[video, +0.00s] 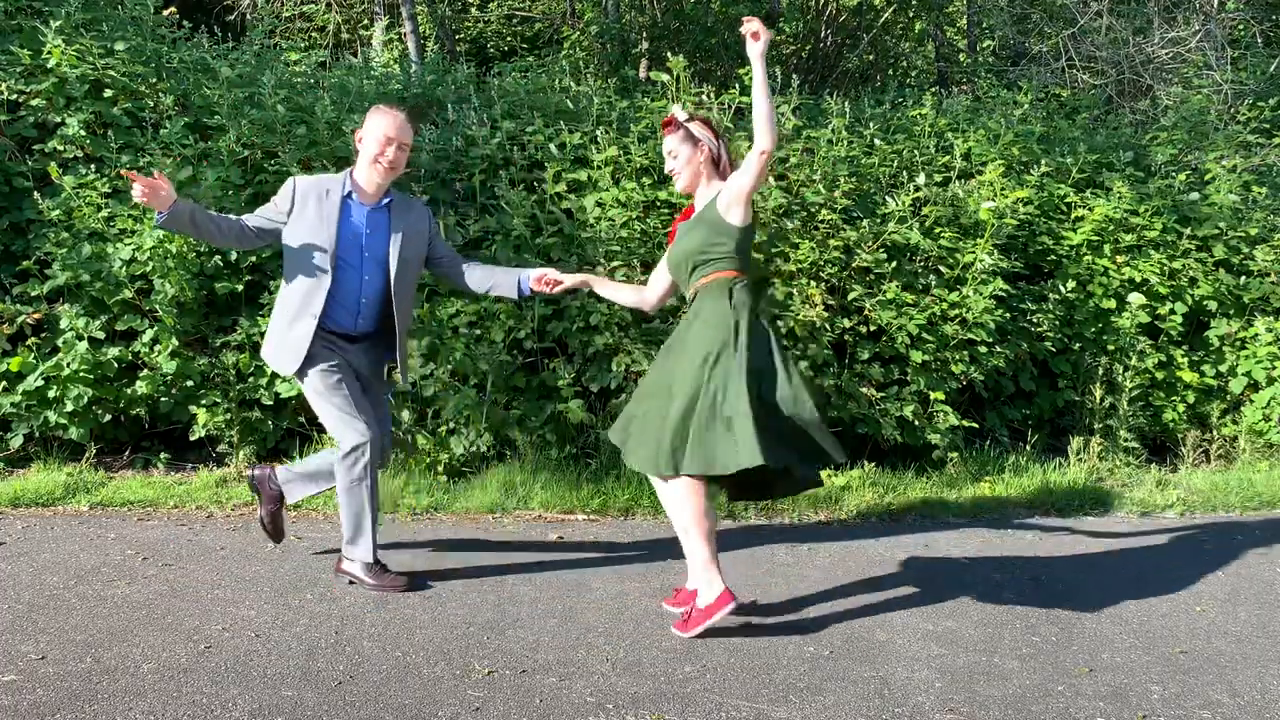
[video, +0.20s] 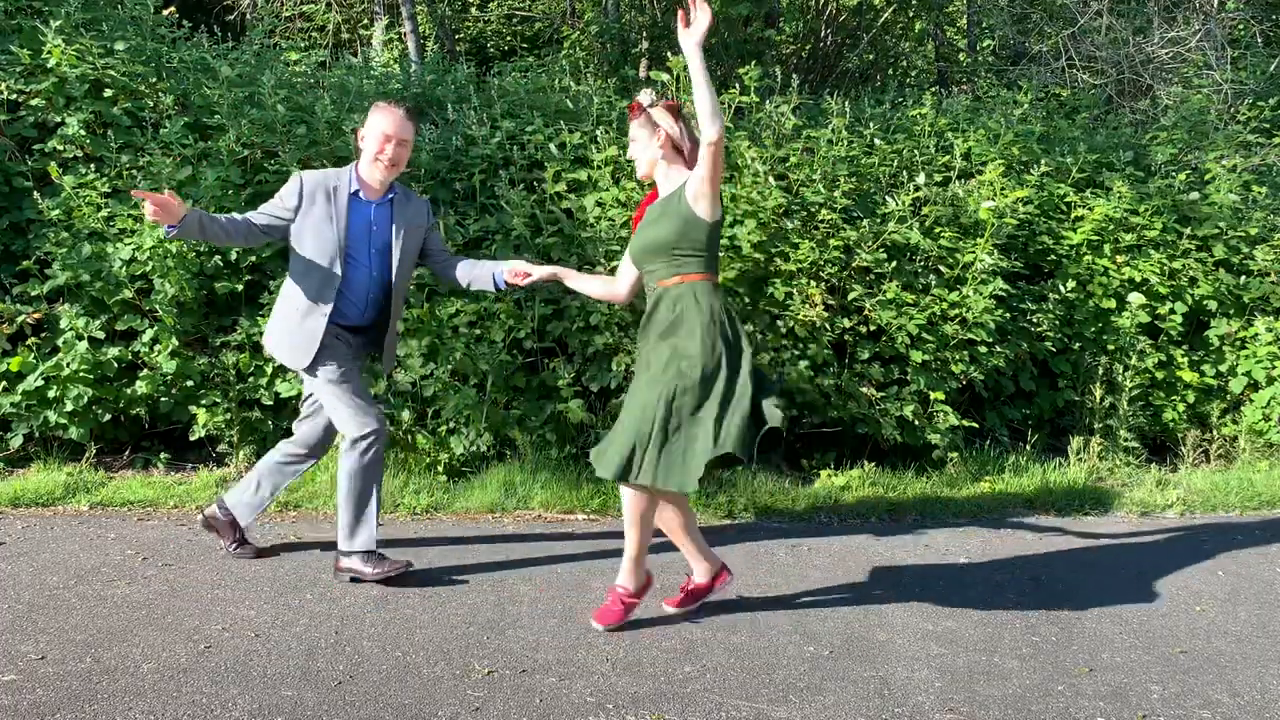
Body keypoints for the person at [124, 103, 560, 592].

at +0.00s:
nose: (394, 154)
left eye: (403, 147)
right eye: (386, 142)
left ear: (409, 155)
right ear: (359, 141)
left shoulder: (416, 217)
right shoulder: (305, 194)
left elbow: (460, 271)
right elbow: (242, 232)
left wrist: (526, 280)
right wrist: (174, 209)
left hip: (370, 350)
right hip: (312, 343)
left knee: (376, 451)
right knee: (360, 440)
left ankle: (277, 481)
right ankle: (360, 559)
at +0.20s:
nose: (389, 151)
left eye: (400, 143)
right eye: (381, 139)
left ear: (411, 152)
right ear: (360, 139)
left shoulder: (415, 211)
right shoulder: (312, 189)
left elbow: (448, 265)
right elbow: (249, 227)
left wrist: (502, 272)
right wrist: (185, 218)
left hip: (360, 342)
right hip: (312, 334)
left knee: (308, 440)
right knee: (366, 429)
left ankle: (229, 512)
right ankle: (357, 552)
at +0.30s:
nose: (394, 160)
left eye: (405, 153)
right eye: (386, 149)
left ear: (415, 161)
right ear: (366, 149)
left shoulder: (419, 216)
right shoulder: (318, 201)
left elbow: (442, 279)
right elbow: (258, 242)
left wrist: (486, 283)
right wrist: (198, 235)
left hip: (363, 348)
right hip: (320, 342)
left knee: (296, 439)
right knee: (383, 431)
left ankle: (218, 515)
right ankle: (366, 548)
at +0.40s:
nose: (409, 162)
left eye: (419, 154)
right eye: (400, 151)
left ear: (430, 162)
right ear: (381, 154)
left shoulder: (434, 221)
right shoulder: (337, 209)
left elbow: (441, 281)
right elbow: (283, 256)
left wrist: (476, 291)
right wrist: (225, 257)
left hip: (382, 356)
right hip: (340, 350)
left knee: (328, 444)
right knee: (398, 441)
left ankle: (232, 507)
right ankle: (374, 549)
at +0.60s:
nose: (456, 138)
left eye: (462, 129)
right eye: (446, 128)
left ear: (470, 139)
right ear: (422, 137)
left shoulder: (475, 202)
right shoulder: (382, 193)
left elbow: (479, 268)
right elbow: (347, 248)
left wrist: (515, 274)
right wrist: (311, 269)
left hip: (439, 343)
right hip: (386, 339)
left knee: (449, 439)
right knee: (407, 440)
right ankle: (375, 550)